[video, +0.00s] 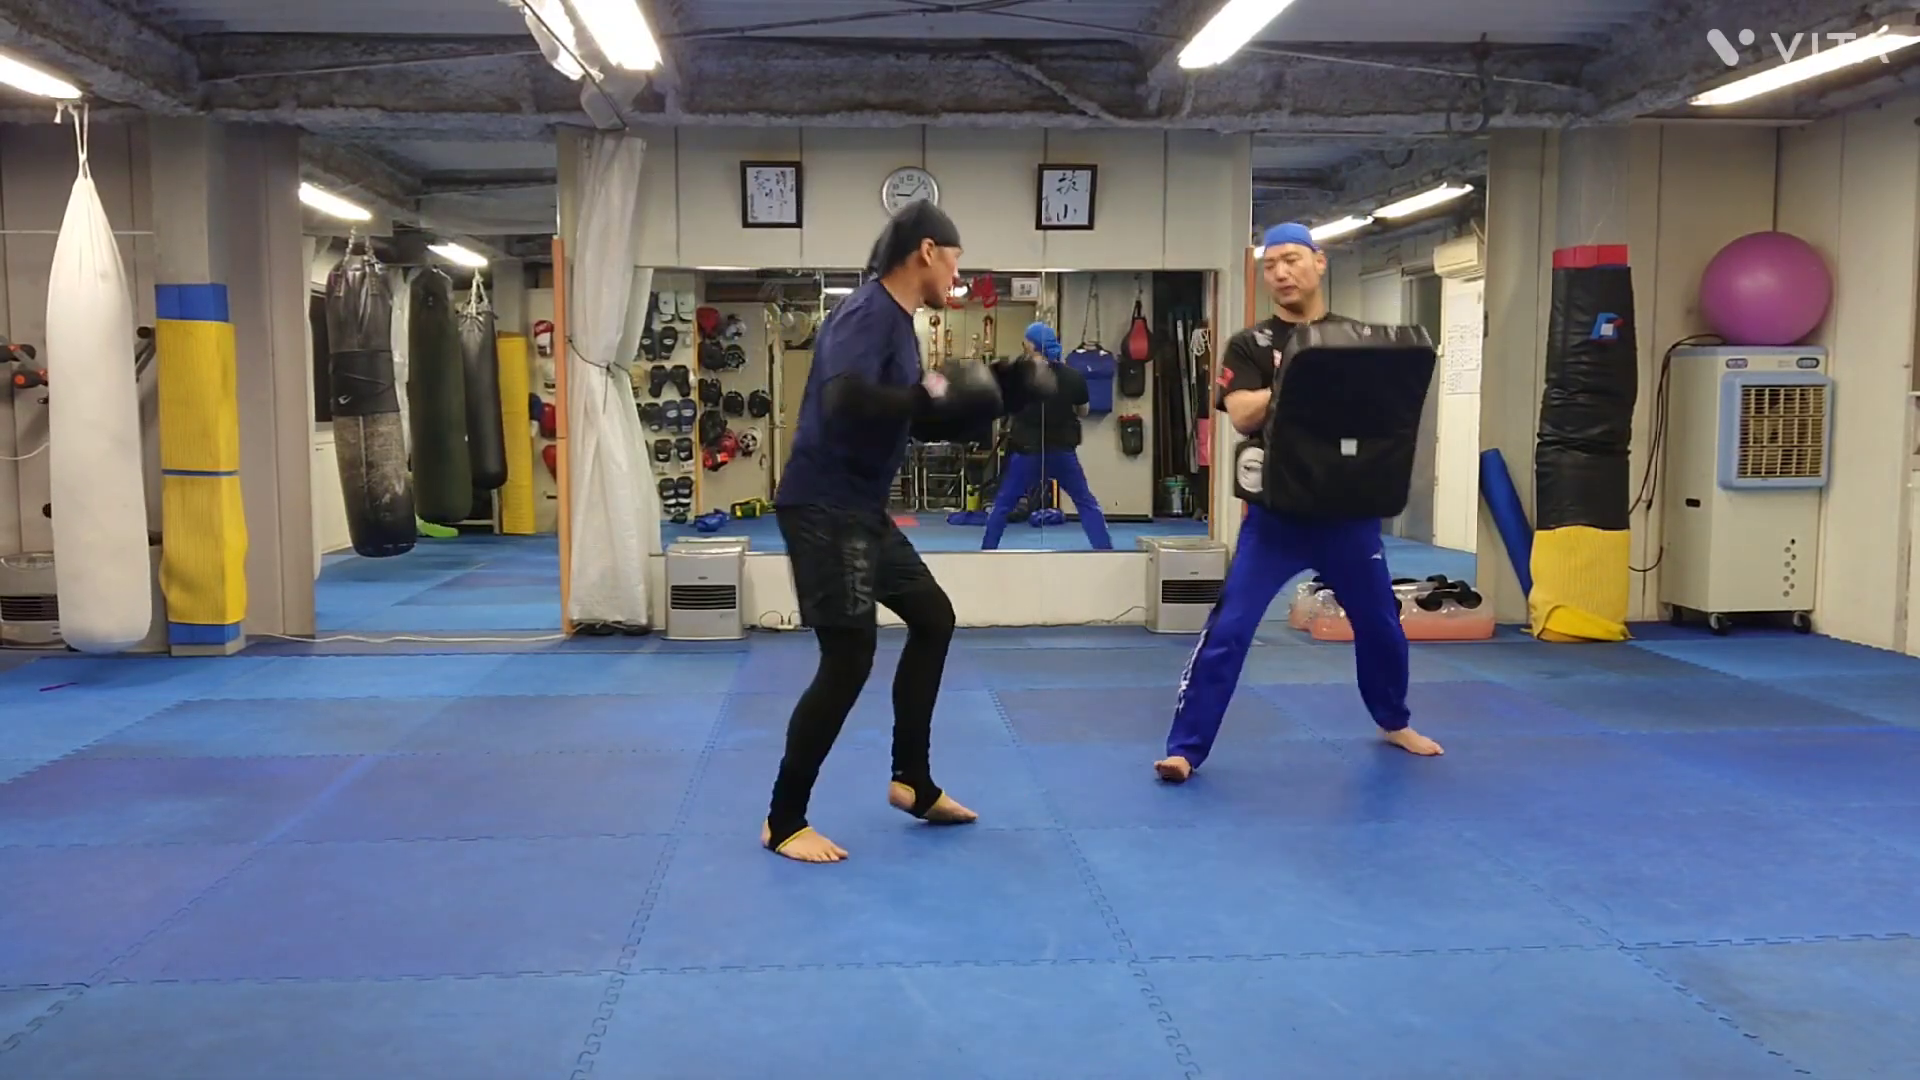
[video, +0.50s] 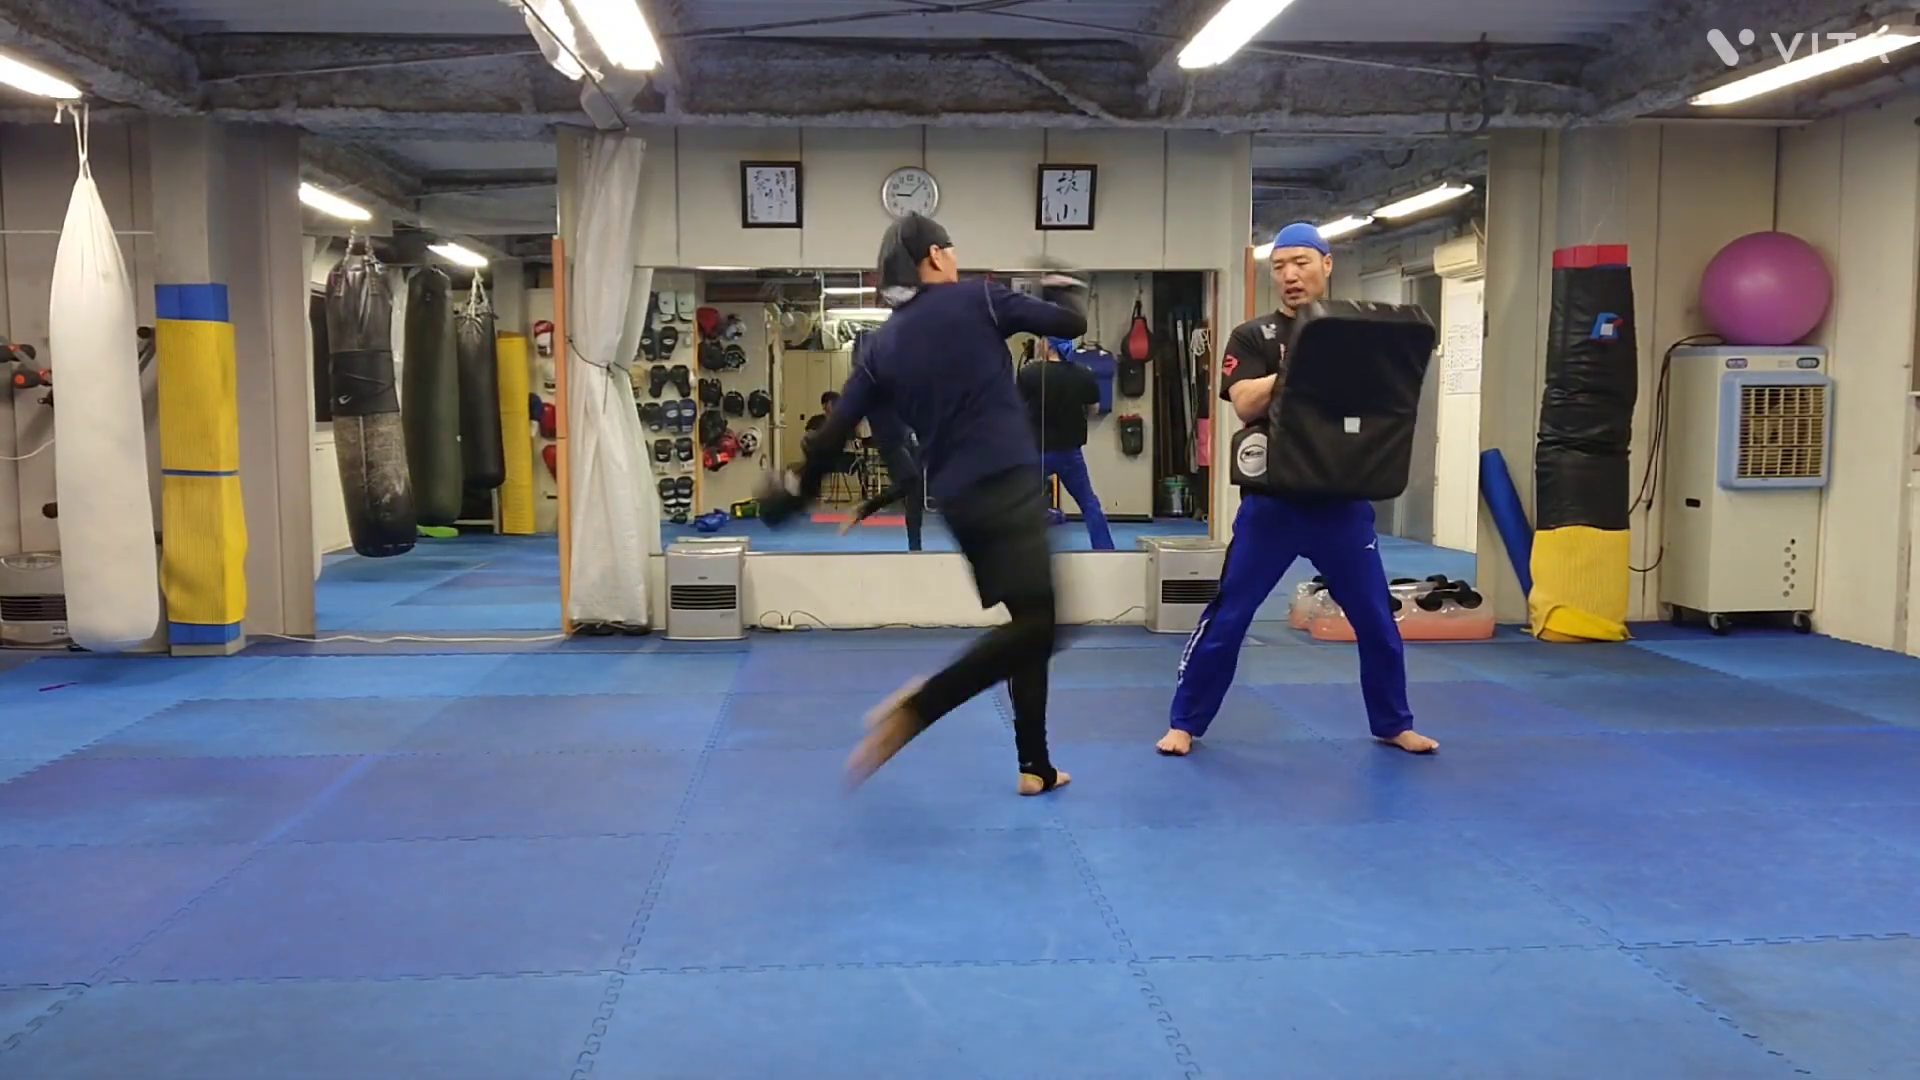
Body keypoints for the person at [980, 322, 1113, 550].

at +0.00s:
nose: (1023, 349)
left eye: (1025, 344)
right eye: (1024, 344)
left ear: (1034, 346)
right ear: (1051, 344)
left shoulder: (1020, 373)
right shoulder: (1071, 375)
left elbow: (1008, 408)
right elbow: (1083, 410)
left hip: (1026, 449)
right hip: (1061, 450)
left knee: (1004, 503)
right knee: (1084, 500)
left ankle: (986, 552)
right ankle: (1106, 552)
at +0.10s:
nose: (1033, 346)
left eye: (1035, 341)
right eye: (1034, 341)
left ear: (1045, 344)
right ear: (1061, 343)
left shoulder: (1033, 372)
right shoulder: (1080, 373)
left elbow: (1020, 407)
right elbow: (1092, 409)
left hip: (1038, 448)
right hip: (1071, 447)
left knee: (1013, 501)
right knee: (1090, 499)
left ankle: (991, 549)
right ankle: (1107, 551)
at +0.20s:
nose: (1036, 343)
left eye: (1039, 339)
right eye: (1037, 338)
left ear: (1049, 342)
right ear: (1066, 342)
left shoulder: (1038, 372)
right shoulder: (1088, 373)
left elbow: (1022, 400)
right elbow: (1096, 408)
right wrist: (1071, 414)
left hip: (1041, 447)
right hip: (1074, 447)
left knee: (1016, 498)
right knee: (1091, 500)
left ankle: (1002, 549)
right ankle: (1106, 552)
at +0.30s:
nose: (1040, 343)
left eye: (1043, 339)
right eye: (1041, 338)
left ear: (1051, 342)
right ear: (1067, 342)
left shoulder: (1035, 372)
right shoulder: (1088, 374)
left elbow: (1023, 406)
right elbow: (1097, 410)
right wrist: (1080, 425)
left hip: (1039, 446)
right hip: (1073, 448)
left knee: (1019, 498)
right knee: (1091, 500)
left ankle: (1007, 550)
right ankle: (1106, 552)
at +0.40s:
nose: (1040, 346)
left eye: (1042, 342)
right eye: (1040, 342)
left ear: (1051, 345)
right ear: (1067, 344)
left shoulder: (1034, 373)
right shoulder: (1085, 375)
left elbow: (1022, 406)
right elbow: (1096, 410)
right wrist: (1076, 412)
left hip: (1037, 449)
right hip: (1072, 449)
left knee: (1020, 505)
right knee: (1091, 504)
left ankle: (1006, 557)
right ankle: (1107, 555)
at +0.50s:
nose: (1040, 346)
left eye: (1042, 342)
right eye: (1042, 342)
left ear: (1048, 347)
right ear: (1067, 348)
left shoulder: (1028, 373)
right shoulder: (1080, 374)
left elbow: (1020, 403)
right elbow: (1092, 405)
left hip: (1037, 451)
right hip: (1069, 450)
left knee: (1027, 509)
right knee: (1088, 501)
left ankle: (1024, 559)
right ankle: (1105, 551)